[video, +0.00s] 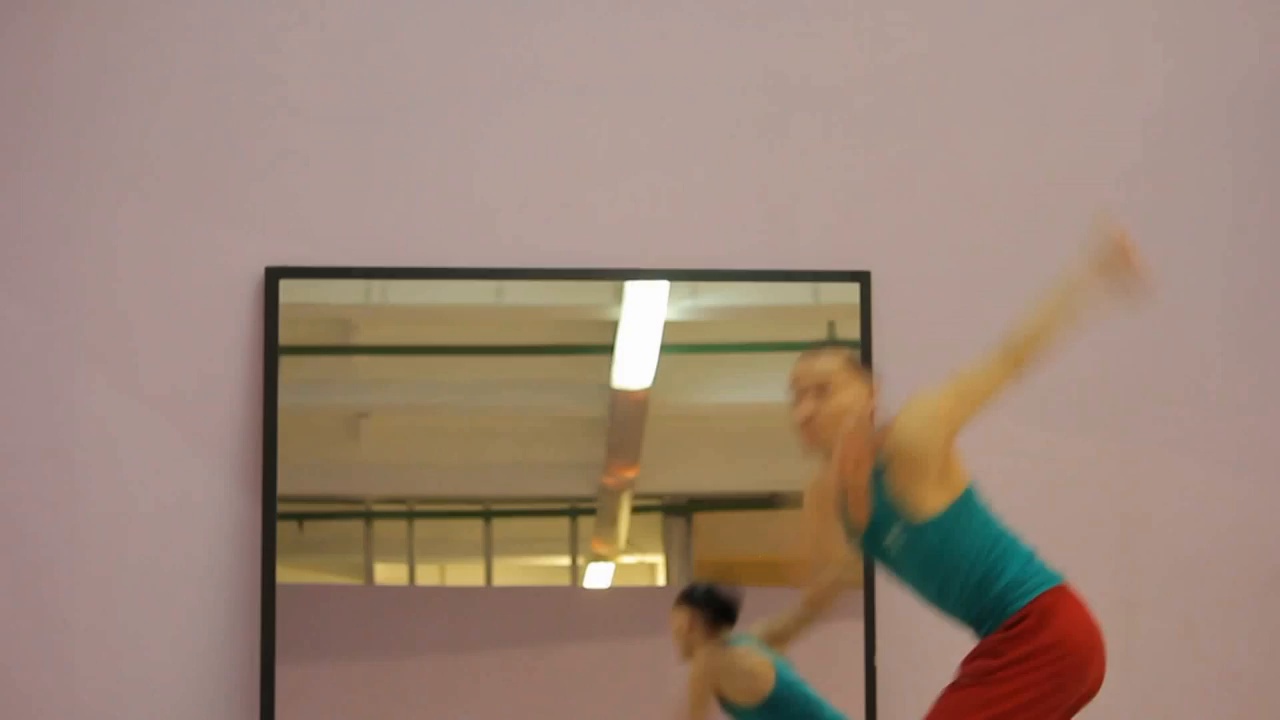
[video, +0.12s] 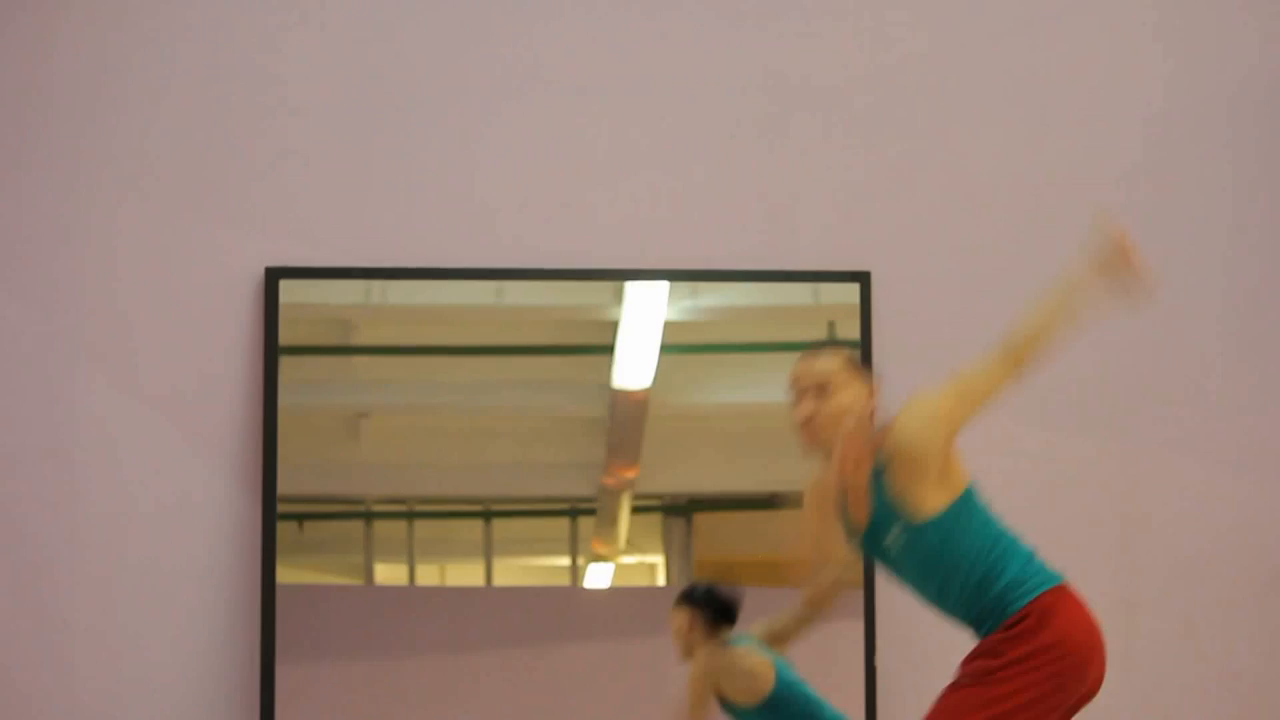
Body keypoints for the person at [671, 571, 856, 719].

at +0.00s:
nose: (673, 632)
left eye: (676, 623)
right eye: (673, 623)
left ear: (692, 622)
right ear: (717, 622)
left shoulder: (706, 659)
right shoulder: (753, 641)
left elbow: (696, 714)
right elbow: (805, 611)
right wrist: (838, 574)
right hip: (834, 715)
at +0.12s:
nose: (673, 632)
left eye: (676, 623)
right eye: (673, 623)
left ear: (692, 622)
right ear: (717, 622)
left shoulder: (706, 660)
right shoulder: (753, 641)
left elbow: (696, 712)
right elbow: (807, 610)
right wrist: (841, 564)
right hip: (832, 713)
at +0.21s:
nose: (659, 642)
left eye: (663, 633)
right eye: (660, 633)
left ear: (681, 634)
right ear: (688, 634)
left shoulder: (716, 687)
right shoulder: (731, 661)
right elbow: (782, 658)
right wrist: (818, 641)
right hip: (815, 712)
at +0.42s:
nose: (659, 642)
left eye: (663, 631)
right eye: (660, 632)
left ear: (681, 634)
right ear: (688, 634)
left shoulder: (716, 688)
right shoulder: (730, 661)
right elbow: (781, 658)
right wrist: (818, 641)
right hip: (816, 713)